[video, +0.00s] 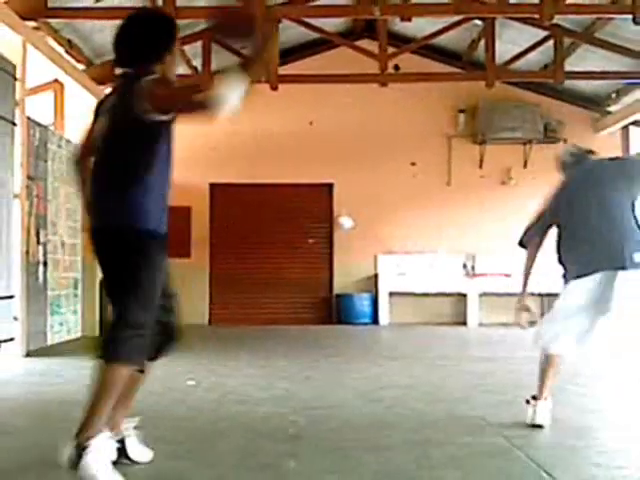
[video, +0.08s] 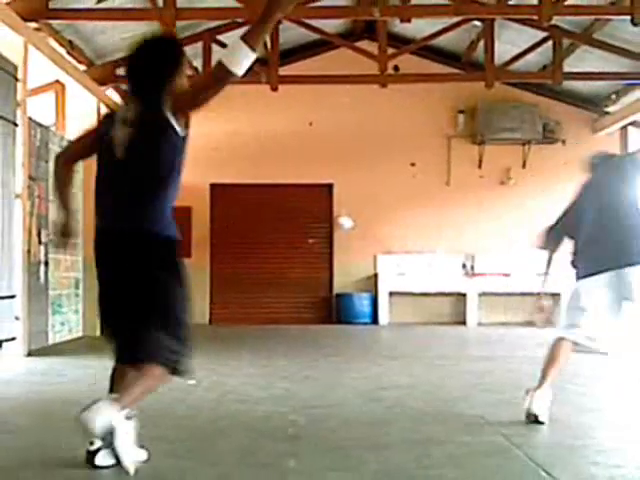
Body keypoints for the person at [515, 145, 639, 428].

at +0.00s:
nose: (562, 177)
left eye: (561, 172)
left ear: (565, 169)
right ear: (591, 158)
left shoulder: (564, 194)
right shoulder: (623, 167)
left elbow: (534, 238)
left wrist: (523, 292)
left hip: (587, 269)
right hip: (632, 262)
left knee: (557, 332)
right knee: (628, 339)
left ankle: (542, 401)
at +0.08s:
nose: (590, 177)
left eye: (592, 173)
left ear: (596, 170)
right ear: (618, 165)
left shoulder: (591, 190)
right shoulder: (634, 173)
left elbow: (562, 228)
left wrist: (549, 240)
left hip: (595, 270)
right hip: (633, 263)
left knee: (569, 333)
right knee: (631, 340)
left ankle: (542, 391)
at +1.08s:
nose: (464, 149)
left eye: (467, 143)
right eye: (465, 143)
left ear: (476, 144)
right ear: (487, 143)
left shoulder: (487, 169)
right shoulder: (500, 170)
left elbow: (454, 204)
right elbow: (522, 210)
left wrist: (400, 211)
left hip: (508, 258)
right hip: (513, 256)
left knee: (504, 318)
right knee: (507, 316)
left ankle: (532, 368)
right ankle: (530, 365)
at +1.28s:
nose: (412, 158)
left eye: (415, 153)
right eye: (415, 153)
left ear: (422, 155)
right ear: (439, 154)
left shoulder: (418, 181)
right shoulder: (452, 179)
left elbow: (372, 194)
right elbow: (484, 211)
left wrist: (331, 189)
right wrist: (459, 229)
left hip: (462, 258)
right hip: (456, 257)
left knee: (491, 313)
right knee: (423, 311)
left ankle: (527, 362)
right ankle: (401, 363)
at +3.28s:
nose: (341, 172)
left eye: (342, 167)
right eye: (340, 167)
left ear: (352, 165)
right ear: (351, 165)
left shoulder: (366, 185)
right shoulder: (358, 186)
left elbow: (376, 224)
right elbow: (361, 224)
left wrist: (372, 260)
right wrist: (345, 228)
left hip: (363, 259)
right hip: (360, 257)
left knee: (342, 300)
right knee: (372, 302)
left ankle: (342, 350)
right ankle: (384, 342)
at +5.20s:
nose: (447, 223)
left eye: (451, 218)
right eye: (444, 217)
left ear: (457, 216)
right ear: (438, 211)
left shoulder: (461, 230)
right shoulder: (423, 225)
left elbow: (456, 269)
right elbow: (418, 252)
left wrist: (446, 308)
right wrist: (418, 261)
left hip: (456, 272)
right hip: (430, 275)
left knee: (476, 304)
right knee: (426, 315)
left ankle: (483, 349)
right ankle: (413, 340)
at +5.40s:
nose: (424, 223)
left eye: (428, 220)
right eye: (421, 219)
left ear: (434, 217)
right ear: (415, 214)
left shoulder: (442, 227)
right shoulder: (405, 225)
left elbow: (455, 249)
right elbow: (389, 241)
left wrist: (466, 267)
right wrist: (379, 250)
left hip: (442, 273)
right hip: (412, 276)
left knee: (465, 307)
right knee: (399, 312)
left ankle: (481, 348)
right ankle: (387, 346)